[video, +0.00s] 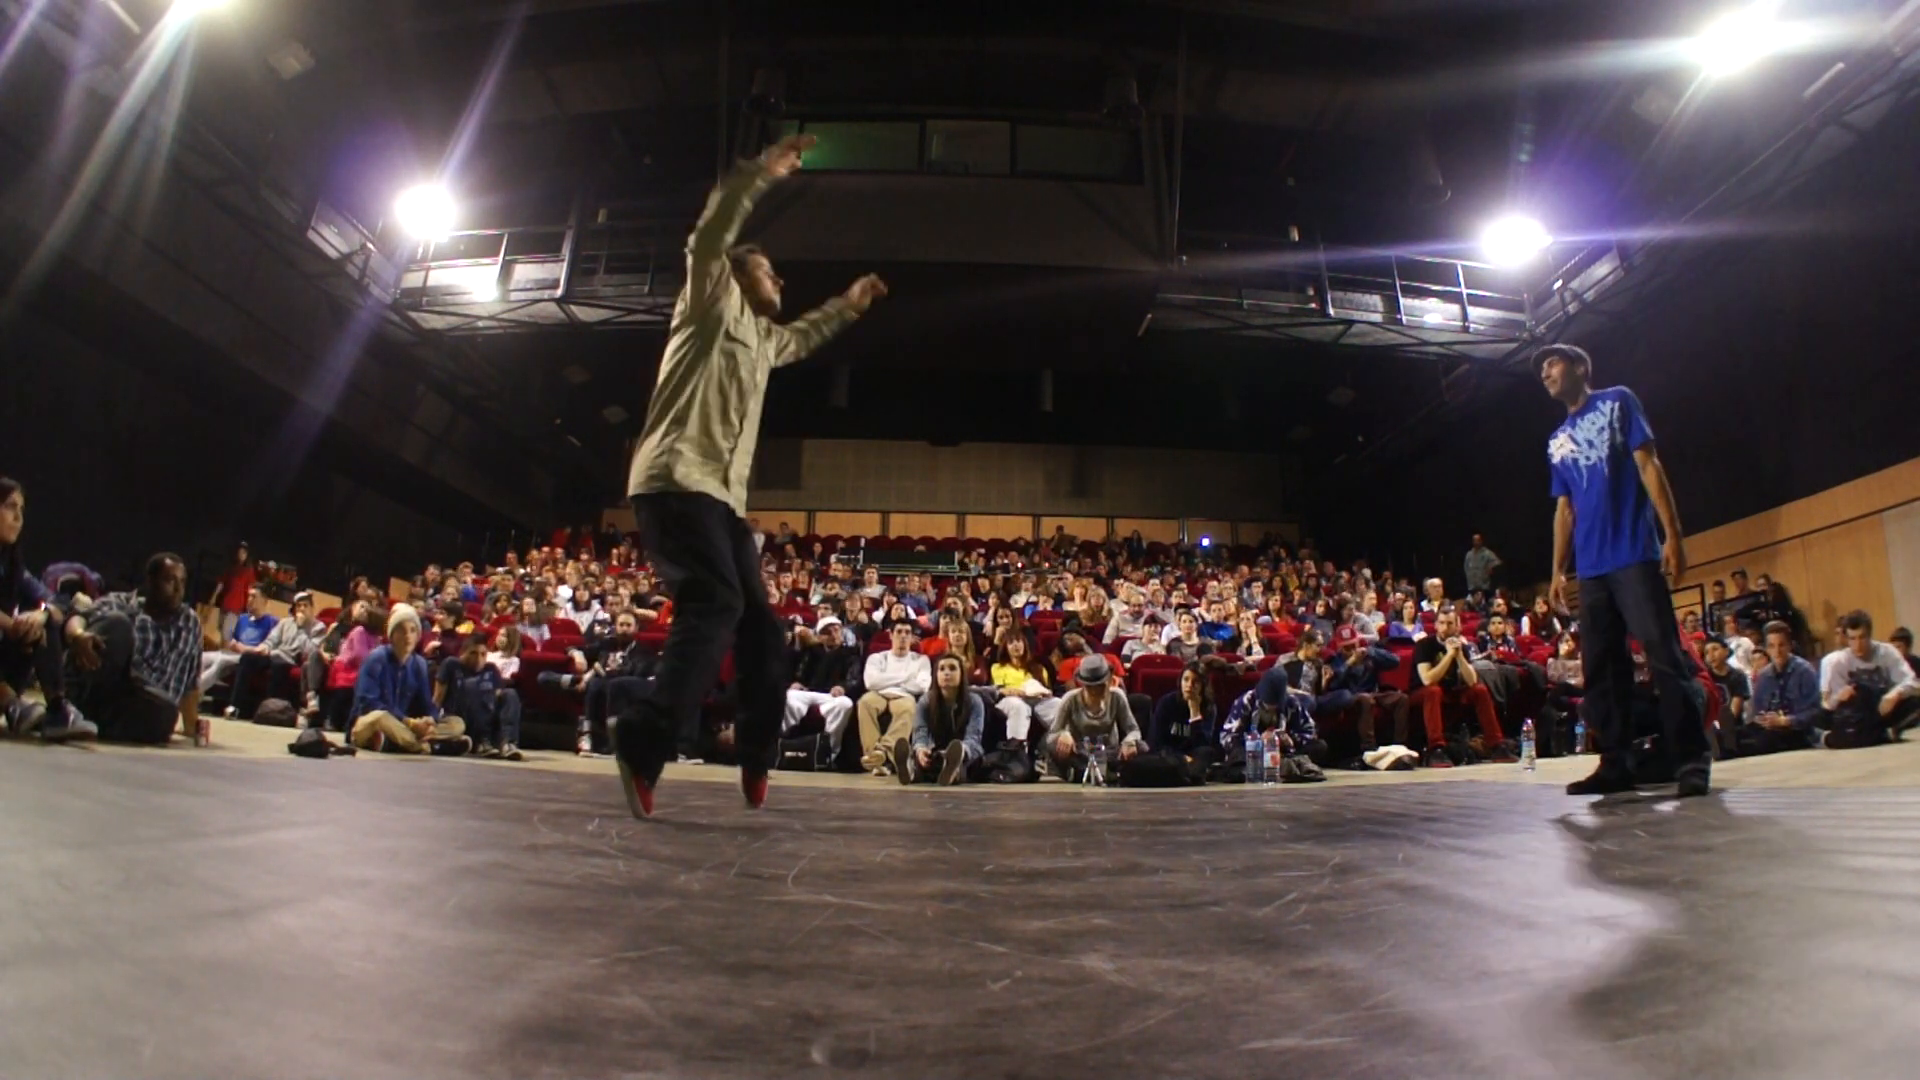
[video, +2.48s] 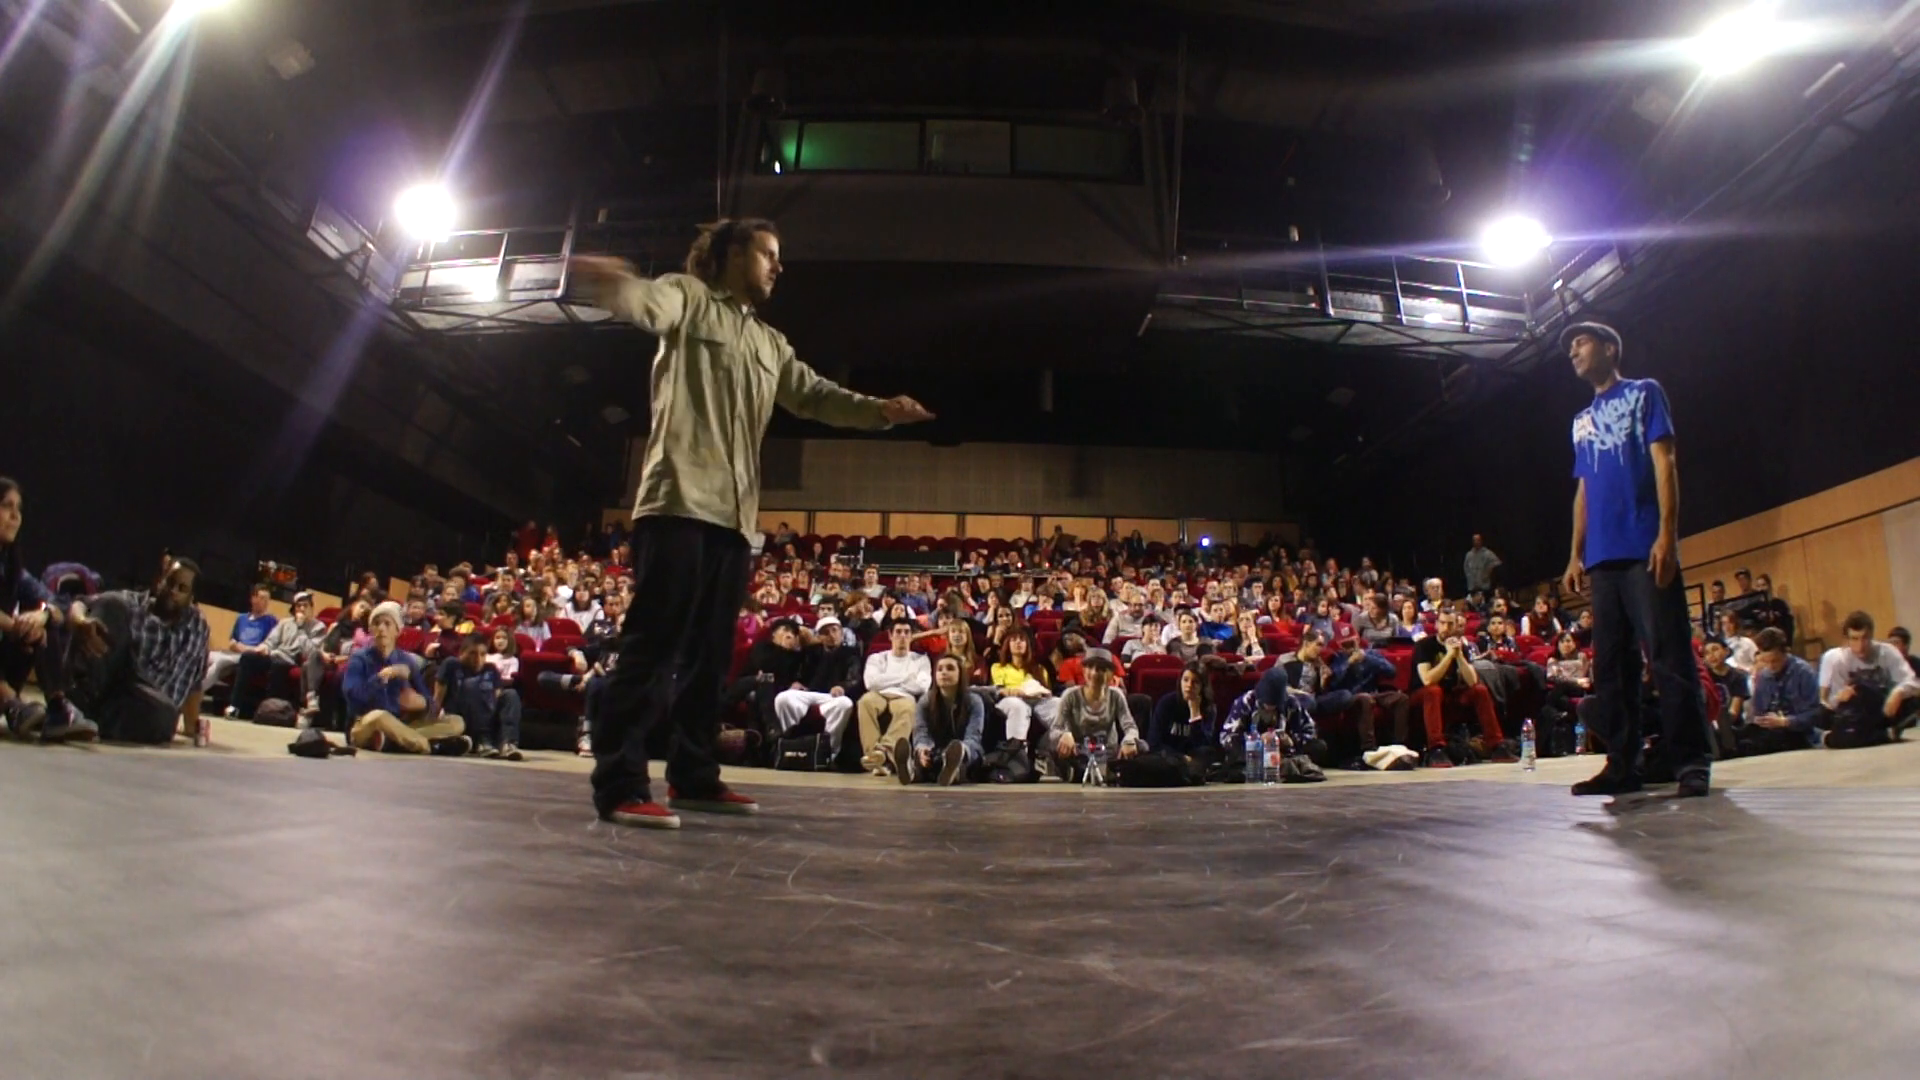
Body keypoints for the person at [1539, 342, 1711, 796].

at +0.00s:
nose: (1546, 375)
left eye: (1553, 366)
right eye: (1543, 371)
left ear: (1581, 369)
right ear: (1549, 383)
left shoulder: (1617, 401)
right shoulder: (1558, 440)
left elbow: (1648, 464)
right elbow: (1564, 506)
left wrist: (1672, 534)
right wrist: (1558, 570)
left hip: (1634, 555)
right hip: (1590, 567)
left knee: (1663, 658)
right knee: (1601, 668)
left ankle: (1692, 762)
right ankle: (1615, 764)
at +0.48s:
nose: (1580, 354)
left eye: (1587, 344)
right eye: (1576, 349)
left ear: (1617, 347)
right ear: (1580, 360)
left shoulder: (1650, 384)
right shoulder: (1588, 419)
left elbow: (1675, 450)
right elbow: (1597, 487)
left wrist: (1669, 517)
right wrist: (1590, 551)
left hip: (1660, 544)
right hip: (1617, 553)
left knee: (1678, 654)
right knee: (1618, 659)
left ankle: (1692, 763)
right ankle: (1618, 762)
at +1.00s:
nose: (1583, 356)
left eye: (1591, 345)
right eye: (1580, 350)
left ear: (1619, 348)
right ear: (1586, 361)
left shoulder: (1651, 391)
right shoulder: (1590, 421)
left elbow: (1674, 462)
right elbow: (1592, 489)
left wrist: (1675, 538)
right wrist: (1586, 554)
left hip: (1650, 551)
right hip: (1607, 559)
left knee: (1671, 661)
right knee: (1614, 665)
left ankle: (1692, 763)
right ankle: (1622, 764)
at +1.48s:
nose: (1578, 358)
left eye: (1586, 348)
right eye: (1575, 353)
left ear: (1615, 350)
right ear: (1579, 364)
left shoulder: (1647, 392)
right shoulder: (1584, 422)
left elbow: (1671, 462)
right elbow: (1587, 492)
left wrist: (1673, 533)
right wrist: (1581, 555)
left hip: (1648, 551)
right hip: (1604, 561)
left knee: (1669, 661)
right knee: (1613, 666)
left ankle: (1691, 764)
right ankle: (1622, 764)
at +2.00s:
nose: (1578, 356)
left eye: (1585, 346)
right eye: (1574, 352)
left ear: (1613, 349)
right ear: (1577, 363)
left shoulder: (1644, 391)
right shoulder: (1583, 423)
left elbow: (1665, 460)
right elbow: (1587, 491)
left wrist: (1665, 531)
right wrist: (1584, 556)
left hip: (1647, 551)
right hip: (1604, 561)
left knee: (1670, 661)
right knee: (1613, 667)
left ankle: (1692, 764)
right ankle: (1622, 766)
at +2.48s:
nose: (1573, 353)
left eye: (1581, 343)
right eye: (1570, 348)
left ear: (1611, 349)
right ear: (1576, 362)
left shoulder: (1643, 393)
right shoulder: (1581, 421)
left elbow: (1665, 462)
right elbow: (1583, 490)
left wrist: (1668, 536)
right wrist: (1576, 554)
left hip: (1646, 551)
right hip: (1602, 560)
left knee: (1670, 662)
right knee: (1612, 667)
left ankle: (1691, 764)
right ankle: (1622, 766)